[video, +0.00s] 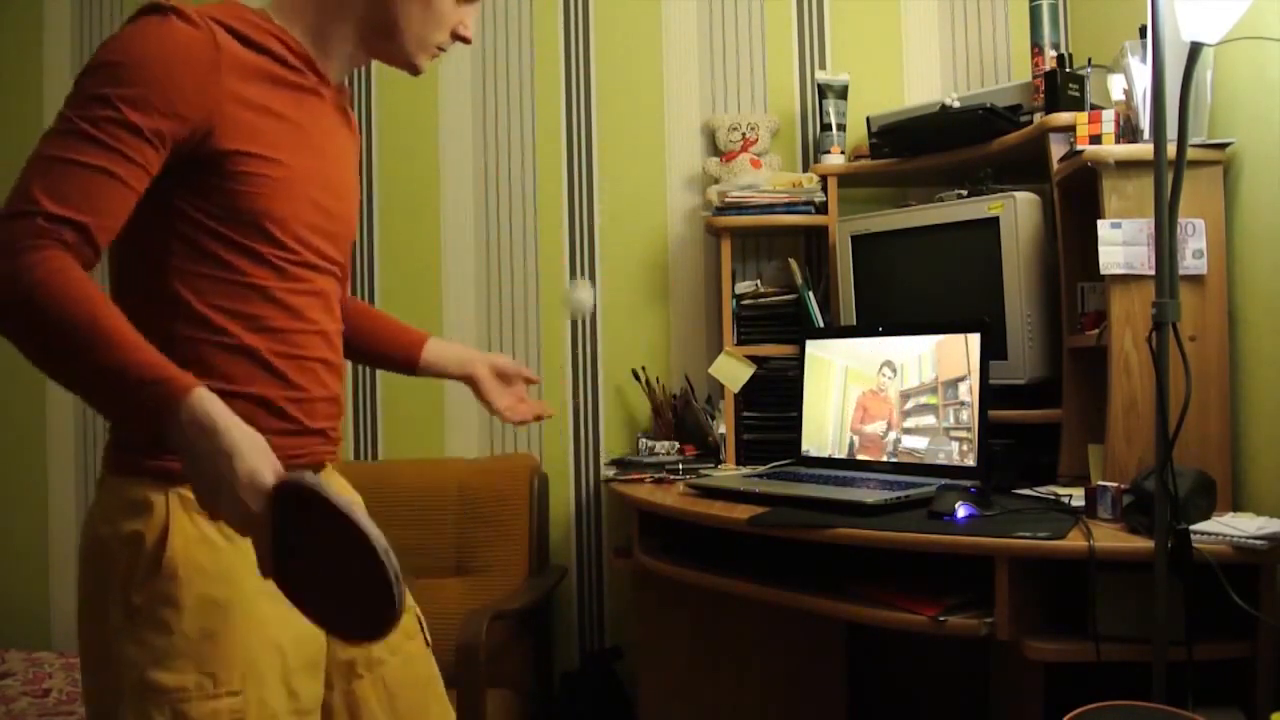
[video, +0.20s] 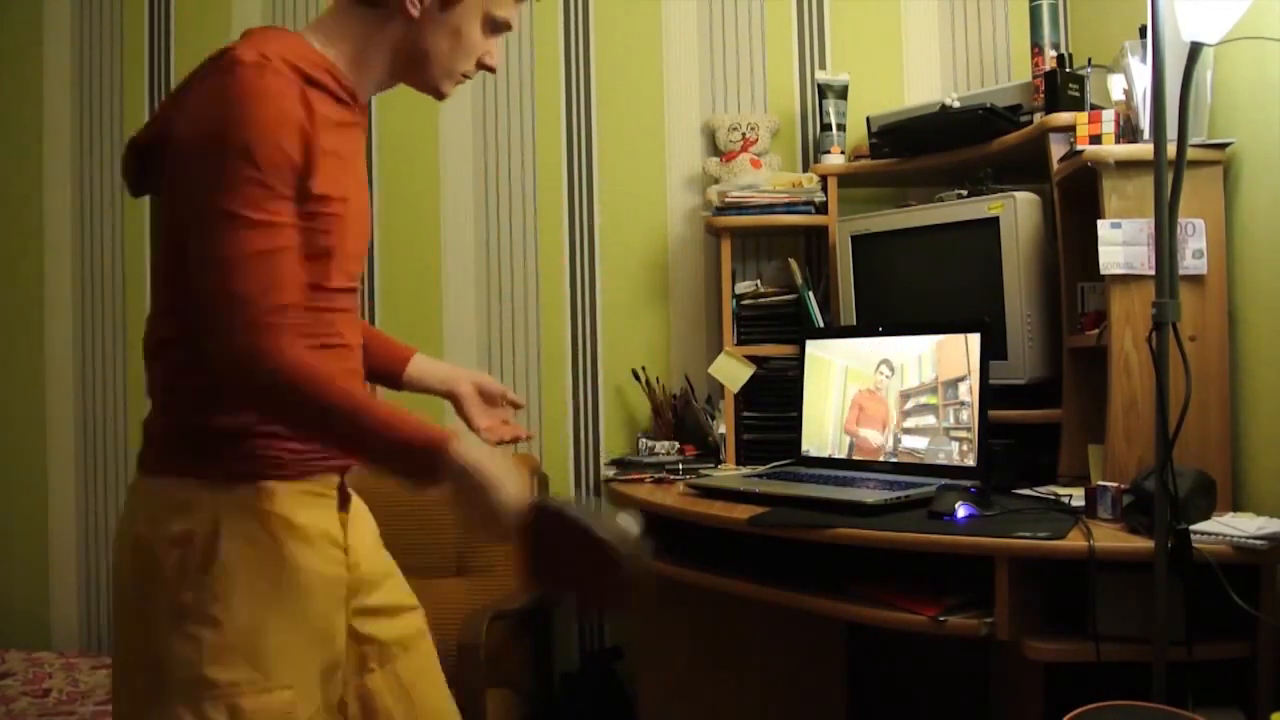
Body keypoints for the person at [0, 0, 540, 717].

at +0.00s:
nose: (468, 27)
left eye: (476, 6)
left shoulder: (333, 111)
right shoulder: (182, 47)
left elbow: (311, 306)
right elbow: (26, 256)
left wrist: (466, 361)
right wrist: (191, 416)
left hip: (321, 524)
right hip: (189, 533)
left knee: (416, 707)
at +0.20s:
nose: (493, 59)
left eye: (503, 36)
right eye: (493, 26)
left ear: (417, 7)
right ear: (419, 1)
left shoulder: (334, 104)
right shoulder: (254, 87)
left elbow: (316, 322)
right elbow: (256, 347)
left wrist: (448, 377)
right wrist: (447, 452)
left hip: (323, 510)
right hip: (232, 520)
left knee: (415, 712)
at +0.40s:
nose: (513, 51)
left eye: (523, 27)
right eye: (514, 17)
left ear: (446, 2)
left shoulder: (349, 78)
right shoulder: (319, 74)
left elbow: (340, 300)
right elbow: (456, 287)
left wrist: (479, 318)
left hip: (346, 495)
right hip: (267, 503)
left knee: (413, 712)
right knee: (282, 710)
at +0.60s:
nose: (511, 44)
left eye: (520, 21)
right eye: (513, 12)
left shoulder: (356, 76)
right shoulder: (304, 61)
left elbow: (404, 286)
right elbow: (433, 272)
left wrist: (541, 253)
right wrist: (558, 234)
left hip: (347, 490)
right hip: (260, 495)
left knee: (399, 711)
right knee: (267, 710)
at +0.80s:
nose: (471, 31)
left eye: (479, 10)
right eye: (469, 0)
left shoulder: (312, 75)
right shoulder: (229, 56)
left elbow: (324, 288)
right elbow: (328, 297)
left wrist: (464, 275)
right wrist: (470, 267)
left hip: (311, 515)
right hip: (206, 528)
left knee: (378, 711)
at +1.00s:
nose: (405, 29)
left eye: (410, 7)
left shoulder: (243, 96)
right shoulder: (101, 63)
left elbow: (210, 339)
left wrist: (383, 366)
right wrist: (341, 343)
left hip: (252, 552)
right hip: (110, 567)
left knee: (353, 710)